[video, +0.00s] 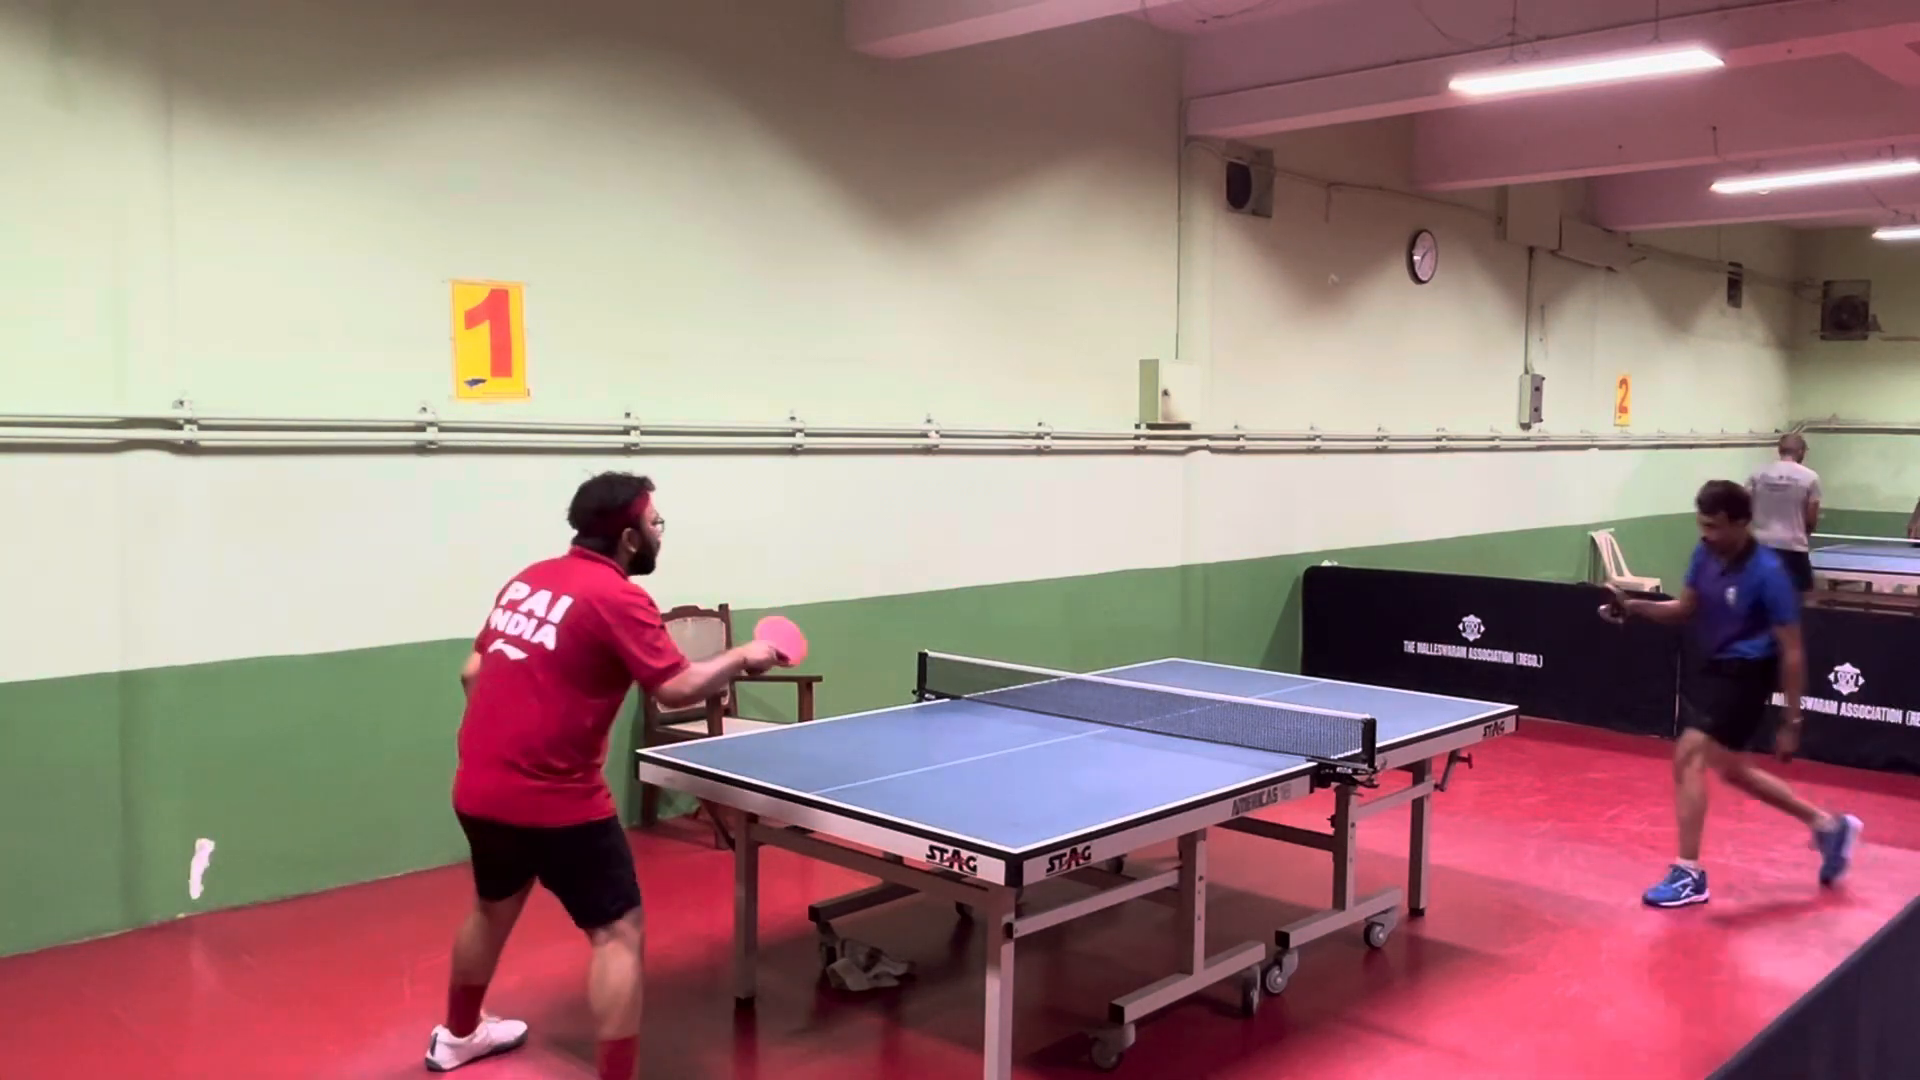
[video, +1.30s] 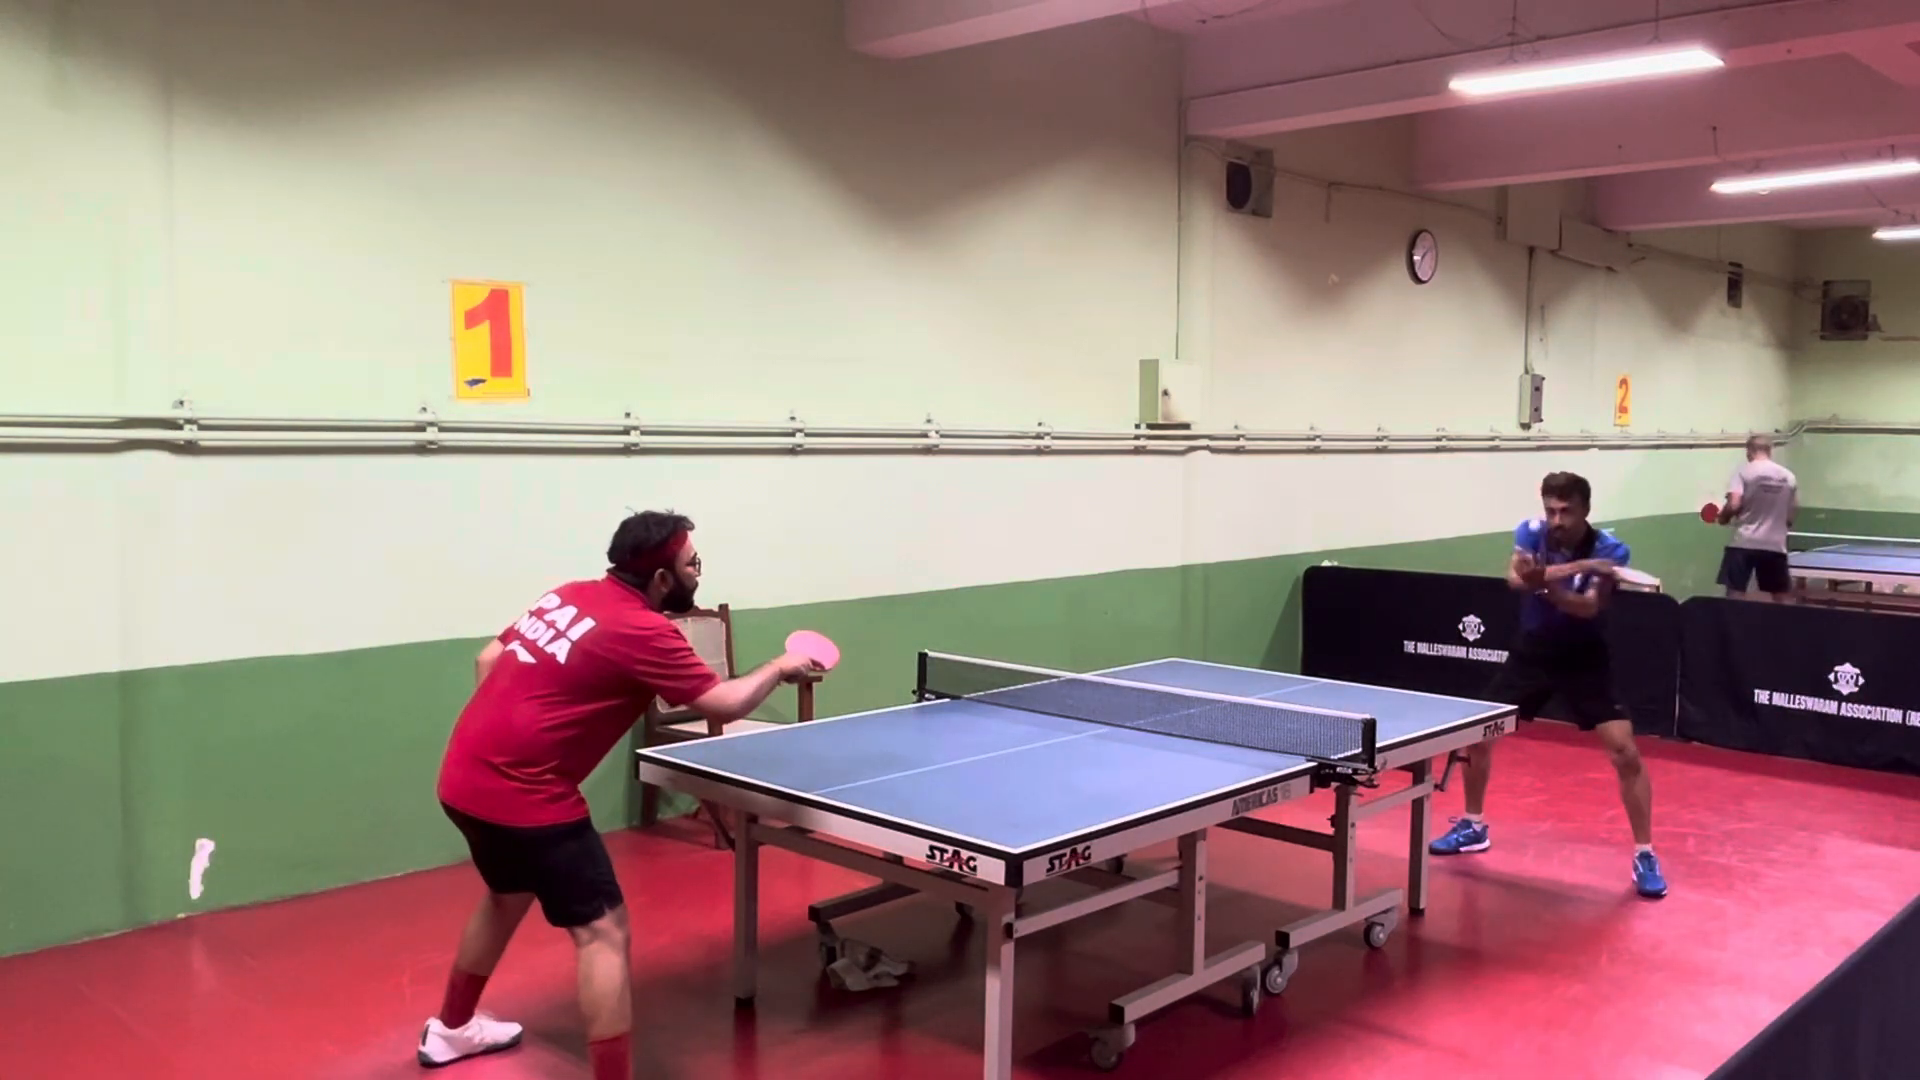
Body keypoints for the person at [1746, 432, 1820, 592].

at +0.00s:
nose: (1804, 455)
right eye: (1804, 451)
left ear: (1779, 451)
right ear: (1802, 452)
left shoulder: (1759, 473)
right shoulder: (1810, 477)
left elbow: (1746, 505)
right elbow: (1811, 518)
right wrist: (1804, 533)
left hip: (1761, 542)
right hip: (1792, 544)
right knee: (1795, 599)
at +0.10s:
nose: (1808, 456)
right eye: (1808, 453)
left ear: (1784, 451)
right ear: (1806, 454)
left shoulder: (1764, 472)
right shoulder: (1814, 479)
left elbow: (1744, 505)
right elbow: (1819, 524)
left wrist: (1761, 520)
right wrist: (1812, 546)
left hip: (1761, 544)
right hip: (1794, 546)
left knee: (1749, 598)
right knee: (1799, 600)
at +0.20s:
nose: (1815, 460)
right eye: (1814, 457)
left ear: (1792, 455)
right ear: (1813, 457)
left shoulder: (1772, 472)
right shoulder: (1819, 482)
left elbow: (1750, 504)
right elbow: (1829, 520)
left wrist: (1765, 520)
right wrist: (1831, 545)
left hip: (1763, 543)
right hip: (1796, 546)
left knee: (1756, 597)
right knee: (1801, 600)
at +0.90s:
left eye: (1792, 456)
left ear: (1791, 454)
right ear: (1812, 458)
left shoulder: (1778, 469)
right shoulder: (1827, 482)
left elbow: (1766, 499)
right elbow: (1824, 524)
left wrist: (1760, 520)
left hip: (1776, 538)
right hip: (1808, 542)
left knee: (1754, 592)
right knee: (1810, 600)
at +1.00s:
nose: (1784, 459)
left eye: (1783, 456)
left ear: (1783, 455)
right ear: (1802, 457)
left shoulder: (1772, 471)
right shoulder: (1818, 482)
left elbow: (1760, 501)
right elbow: (1817, 521)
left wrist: (1749, 520)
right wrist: (1808, 530)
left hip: (1769, 540)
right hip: (1801, 545)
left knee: (1751, 593)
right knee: (1805, 600)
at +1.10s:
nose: (1769, 459)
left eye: (1770, 456)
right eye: (1771, 456)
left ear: (1772, 455)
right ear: (1791, 456)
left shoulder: (1761, 472)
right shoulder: (1807, 481)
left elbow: (1750, 503)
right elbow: (1806, 513)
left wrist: (1738, 520)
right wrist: (1802, 526)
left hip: (1760, 542)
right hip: (1791, 546)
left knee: (1743, 594)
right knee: (1796, 599)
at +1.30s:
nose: (1748, 456)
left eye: (1748, 452)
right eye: (1748, 452)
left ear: (1750, 452)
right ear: (1769, 451)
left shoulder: (1744, 472)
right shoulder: (1789, 477)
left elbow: (1734, 504)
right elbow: (1791, 514)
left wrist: (1723, 517)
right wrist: (1786, 523)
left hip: (1744, 545)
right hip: (1775, 546)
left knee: (1735, 597)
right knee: (1781, 599)